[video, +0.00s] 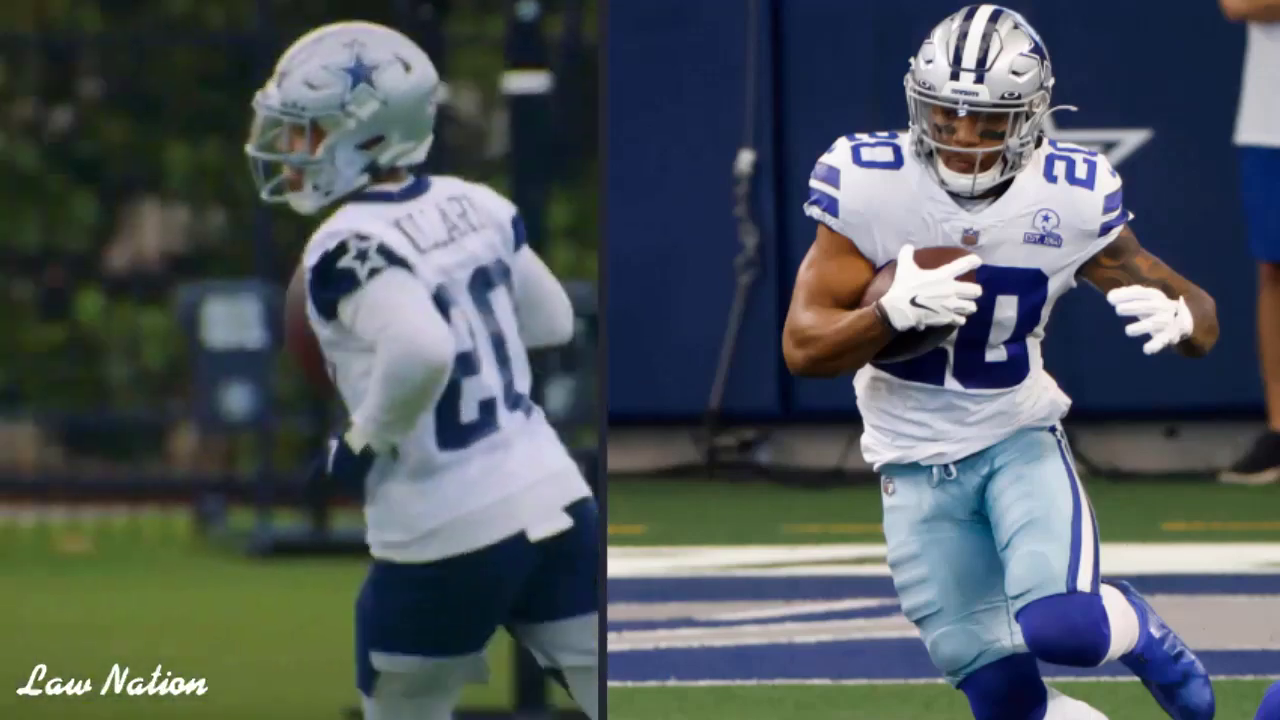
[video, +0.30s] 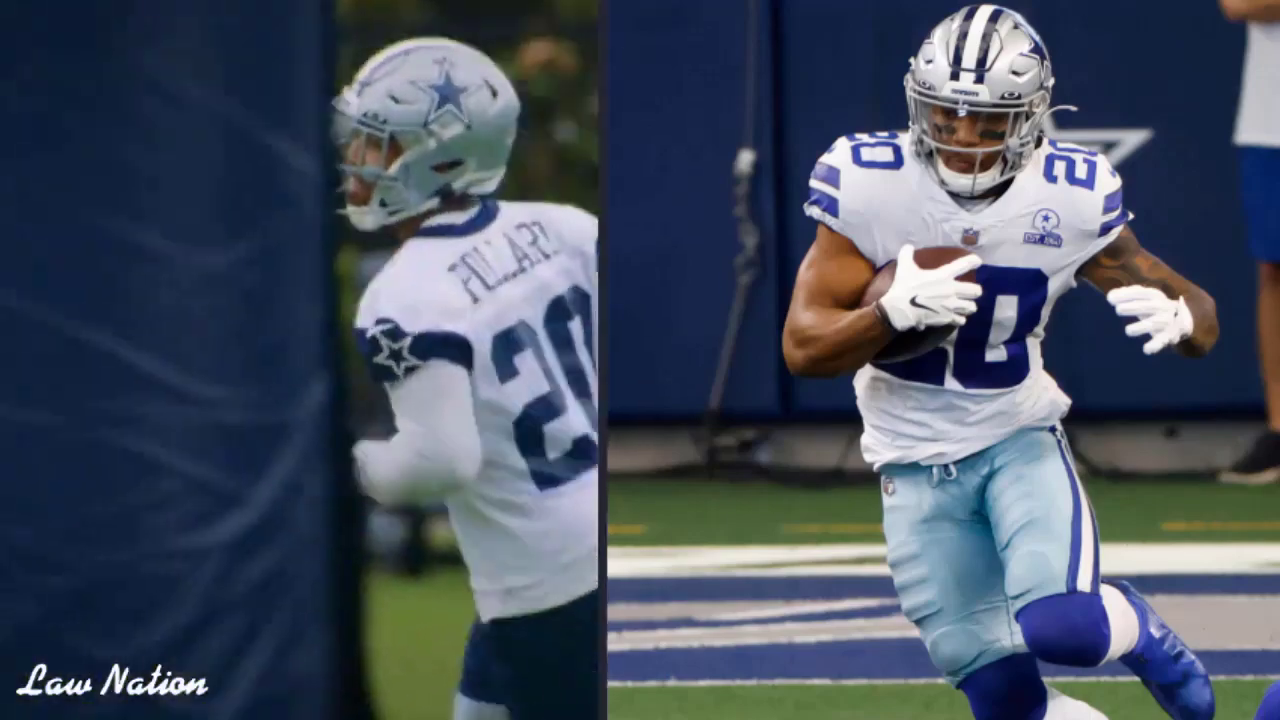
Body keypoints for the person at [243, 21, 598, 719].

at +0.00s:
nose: (290, 152)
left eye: (308, 134)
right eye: (289, 132)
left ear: (364, 133)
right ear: (404, 131)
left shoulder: (344, 244)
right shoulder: (475, 200)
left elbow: (419, 349)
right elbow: (554, 322)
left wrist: (362, 442)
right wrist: (451, 326)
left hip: (444, 549)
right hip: (559, 513)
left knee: (405, 708)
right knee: (600, 698)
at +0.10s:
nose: (285, 132)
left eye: (307, 115)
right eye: (285, 111)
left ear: (368, 118)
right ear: (393, 119)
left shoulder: (345, 239)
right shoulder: (456, 176)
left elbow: (443, 352)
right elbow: (545, 290)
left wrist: (363, 435)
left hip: (446, 539)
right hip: (557, 496)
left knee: (436, 703)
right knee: (607, 697)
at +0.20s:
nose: (337, 169)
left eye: (360, 153)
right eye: (339, 147)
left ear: (420, 160)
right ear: (440, 160)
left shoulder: (397, 292)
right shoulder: (521, 222)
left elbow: (474, 433)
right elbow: (606, 303)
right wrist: (566, 399)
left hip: (502, 570)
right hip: (583, 542)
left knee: (489, 704)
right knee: (562, 695)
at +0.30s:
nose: (355, 161)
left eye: (378, 146)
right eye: (359, 140)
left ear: (442, 157)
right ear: (469, 156)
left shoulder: (408, 290)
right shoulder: (569, 229)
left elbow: (446, 456)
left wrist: (360, 462)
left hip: (539, 584)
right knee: (483, 705)